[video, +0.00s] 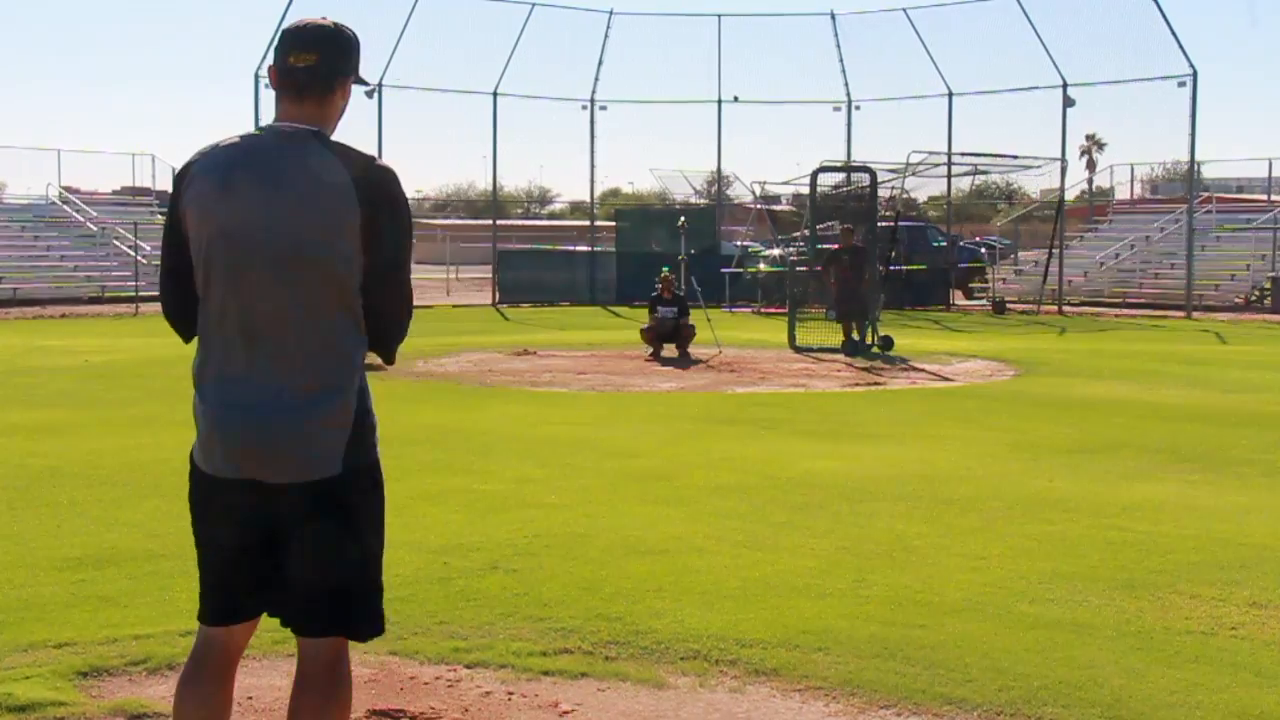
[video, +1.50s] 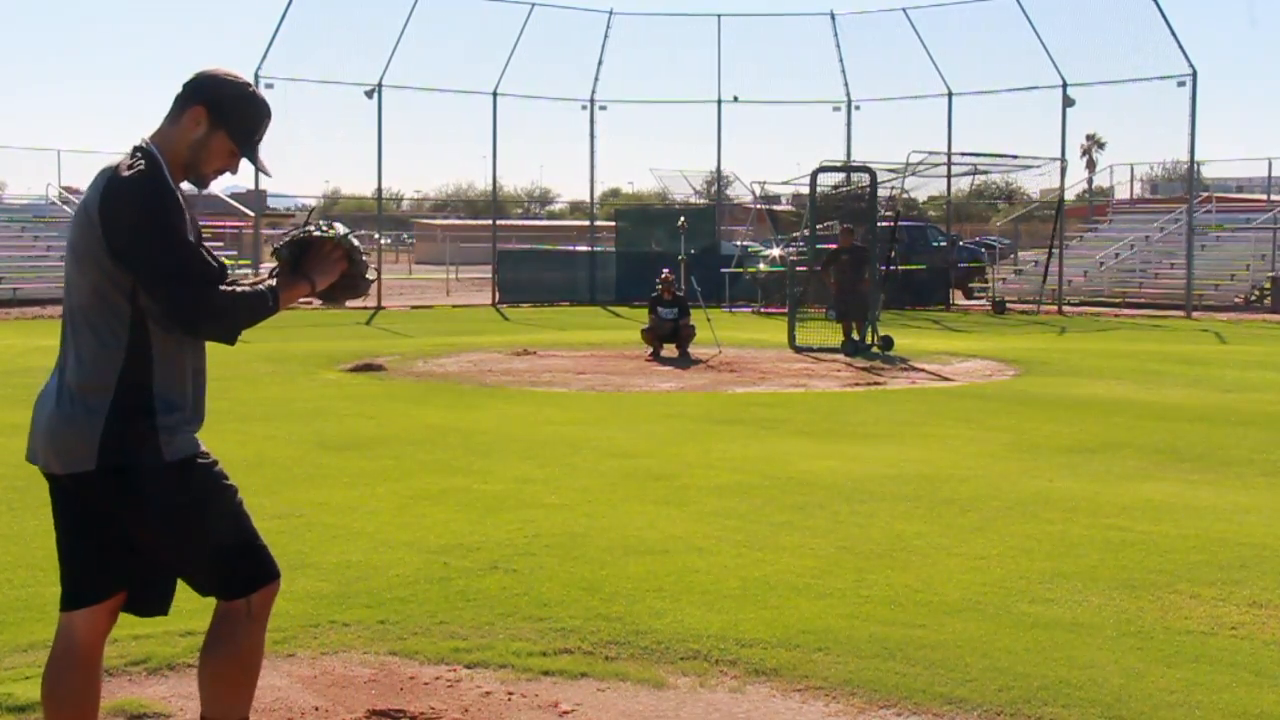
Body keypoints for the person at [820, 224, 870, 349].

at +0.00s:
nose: (845, 239)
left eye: (848, 236)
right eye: (843, 236)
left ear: (853, 236)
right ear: (840, 237)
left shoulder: (861, 251)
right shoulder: (835, 253)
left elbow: (869, 268)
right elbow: (825, 269)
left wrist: (865, 283)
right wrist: (830, 284)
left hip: (858, 288)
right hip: (842, 289)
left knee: (860, 318)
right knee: (845, 319)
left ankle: (862, 341)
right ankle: (847, 342)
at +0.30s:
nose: (846, 238)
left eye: (848, 235)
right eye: (843, 235)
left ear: (853, 236)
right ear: (840, 236)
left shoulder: (861, 251)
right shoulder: (836, 252)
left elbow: (870, 267)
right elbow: (825, 269)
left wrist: (868, 280)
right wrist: (830, 283)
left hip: (859, 287)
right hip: (842, 288)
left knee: (860, 317)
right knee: (846, 317)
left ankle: (862, 340)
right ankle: (847, 341)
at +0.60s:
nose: (846, 239)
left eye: (849, 236)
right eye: (844, 236)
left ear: (853, 236)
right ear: (841, 236)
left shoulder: (862, 251)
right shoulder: (835, 252)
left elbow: (870, 267)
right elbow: (825, 269)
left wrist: (868, 280)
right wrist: (831, 284)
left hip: (858, 286)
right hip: (842, 287)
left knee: (860, 316)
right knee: (845, 316)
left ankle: (862, 339)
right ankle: (847, 340)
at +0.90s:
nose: (845, 239)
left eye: (848, 236)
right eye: (843, 235)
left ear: (853, 236)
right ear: (840, 237)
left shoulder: (862, 251)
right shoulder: (835, 252)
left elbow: (870, 268)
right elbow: (825, 268)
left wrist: (867, 281)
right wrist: (830, 283)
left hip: (859, 286)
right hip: (842, 287)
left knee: (860, 316)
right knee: (845, 316)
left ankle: (862, 338)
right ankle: (847, 339)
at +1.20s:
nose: (844, 239)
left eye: (847, 236)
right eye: (842, 236)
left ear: (852, 237)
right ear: (839, 237)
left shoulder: (861, 251)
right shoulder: (835, 252)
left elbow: (870, 267)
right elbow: (824, 269)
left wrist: (867, 280)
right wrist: (830, 283)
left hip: (859, 287)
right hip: (842, 288)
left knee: (860, 317)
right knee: (845, 317)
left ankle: (862, 340)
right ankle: (847, 340)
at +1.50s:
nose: (844, 239)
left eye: (847, 236)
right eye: (842, 236)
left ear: (852, 237)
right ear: (839, 237)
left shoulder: (862, 251)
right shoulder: (836, 253)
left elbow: (870, 267)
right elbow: (824, 269)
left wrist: (868, 281)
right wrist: (830, 283)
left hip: (858, 288)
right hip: (842, 288)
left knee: (860, 317)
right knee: (845, 318)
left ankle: (862, 340)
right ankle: (847, 341)